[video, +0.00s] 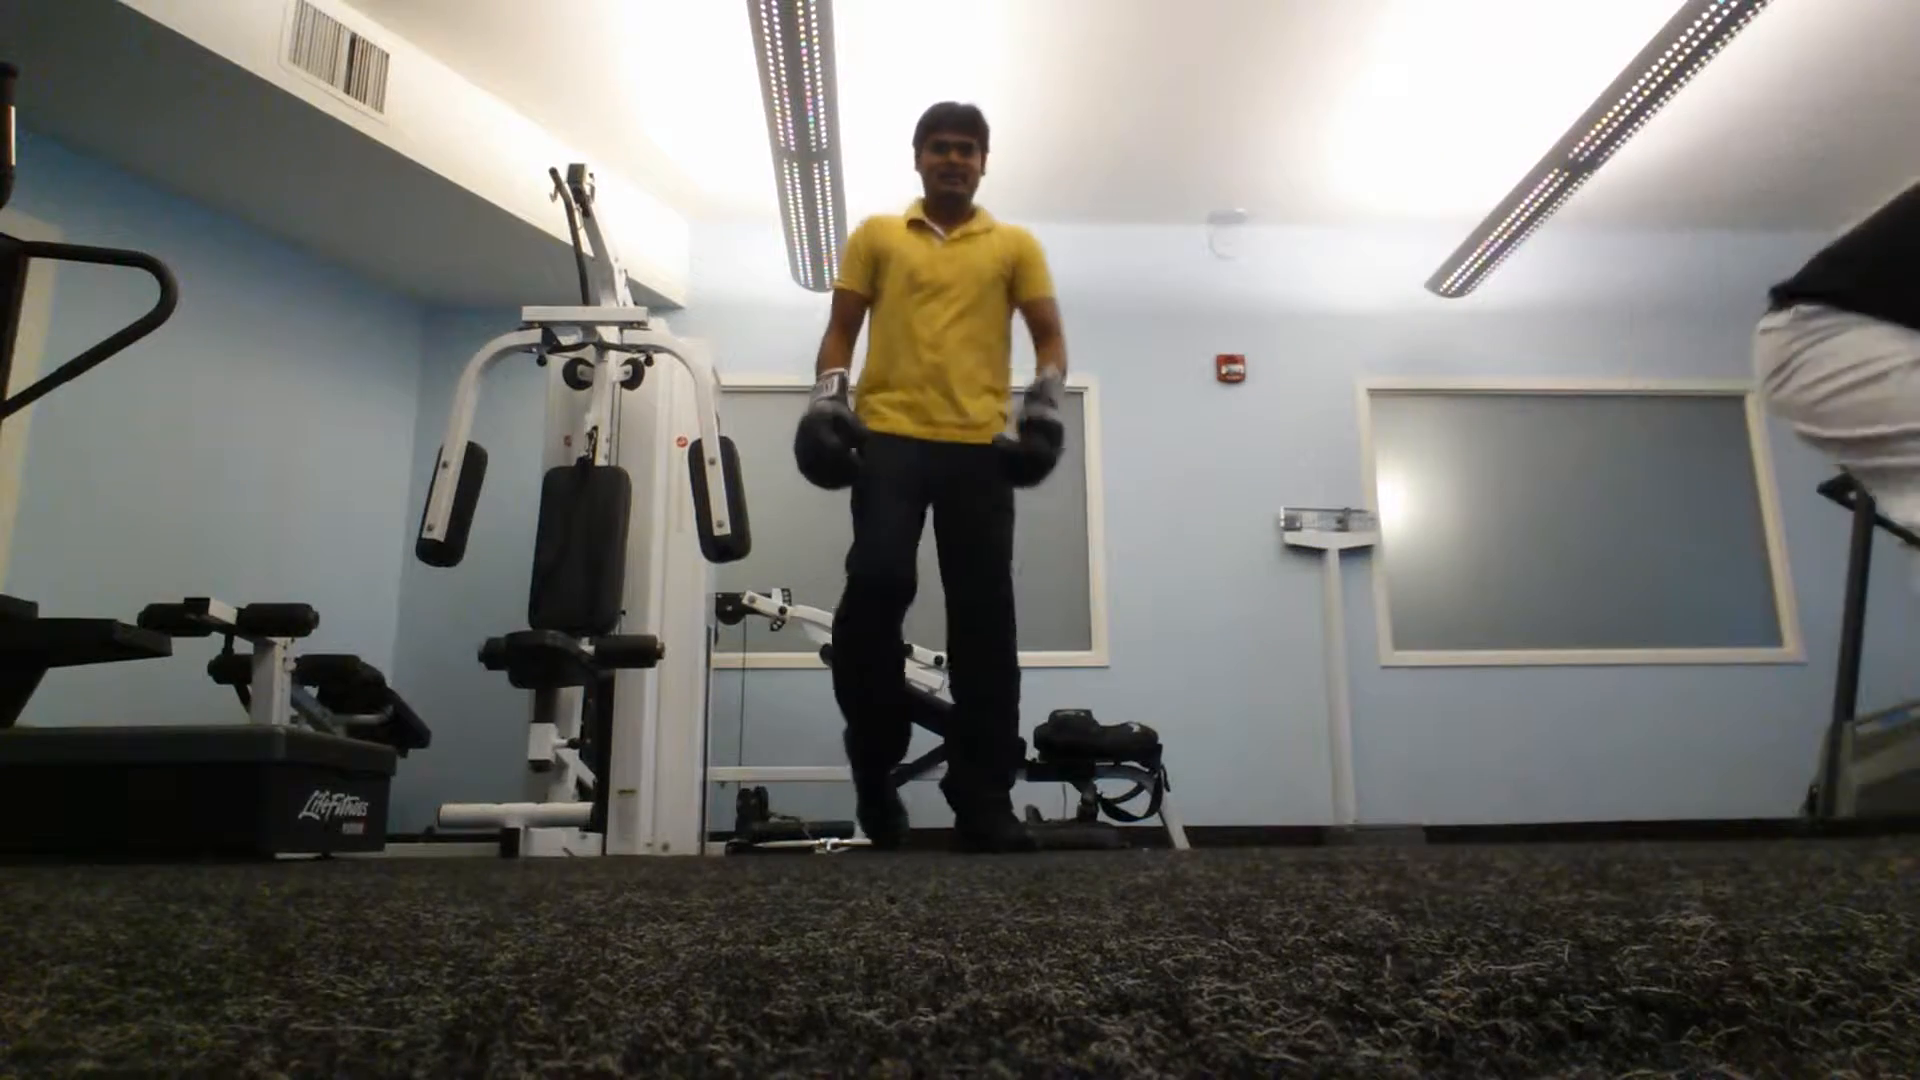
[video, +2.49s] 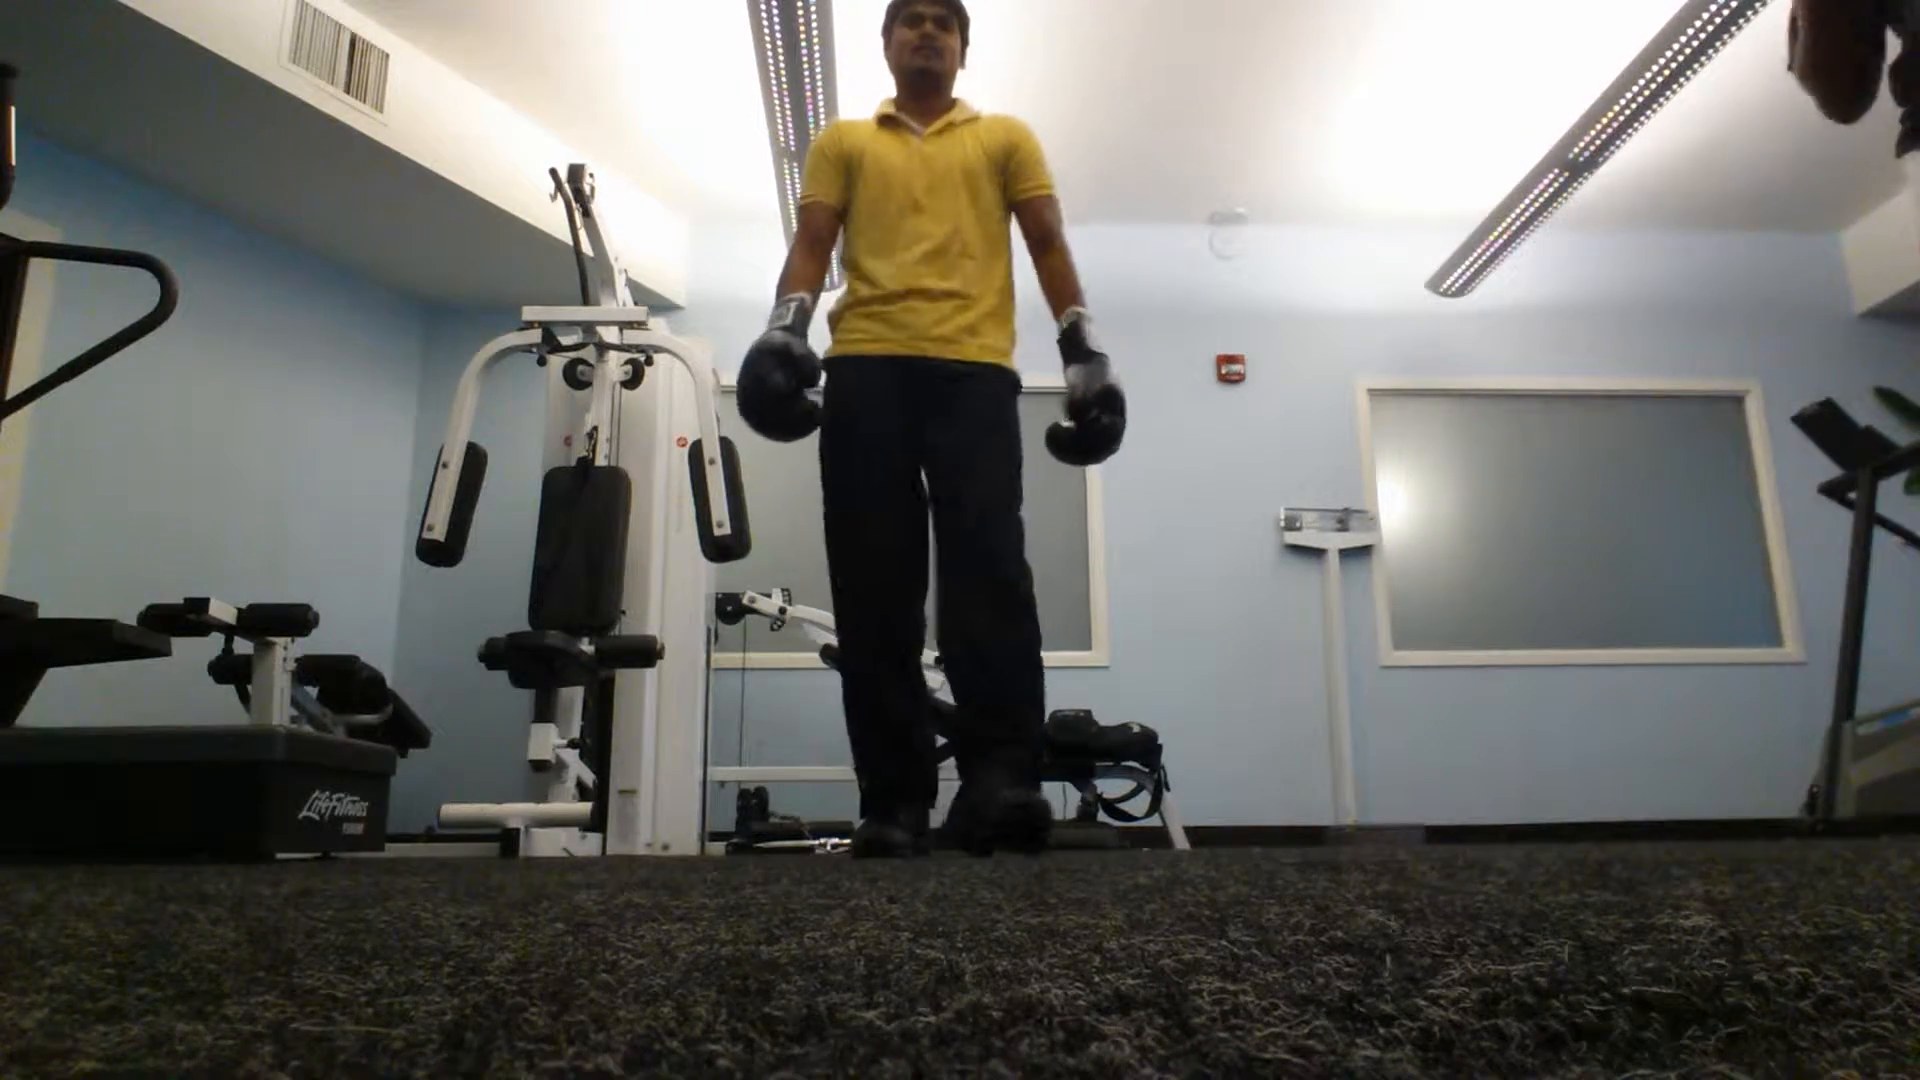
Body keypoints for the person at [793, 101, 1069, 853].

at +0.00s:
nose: (954, 161)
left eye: (966, 151)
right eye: (941, 150)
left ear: (985, 163)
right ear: (917, 159)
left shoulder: (1014, 247)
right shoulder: (878, 238)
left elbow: (1049, 339)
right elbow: (841, 328)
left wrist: (1044, 404)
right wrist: (827, 396)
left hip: (979, 446)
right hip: (889, 441)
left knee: (984, 615)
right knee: (876, 591)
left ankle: (984, 799)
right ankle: (875, 778)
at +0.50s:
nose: (900, 95)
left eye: (914, 82)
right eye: (884, 83)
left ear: (937, 91)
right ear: (865, 95)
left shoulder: (982, 174)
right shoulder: (837, 192)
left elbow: (1035, 267)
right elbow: (815, 306)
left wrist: (1041, 360)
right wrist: (784, 411)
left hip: (973, 413)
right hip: (870, 415)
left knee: (988, 609)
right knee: (862, 608)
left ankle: (991, 800)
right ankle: (864, 805)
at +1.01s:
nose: (899, 15)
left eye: (914, 3)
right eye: (882, 4)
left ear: (935, 18)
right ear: (857, 20)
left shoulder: (983, 123)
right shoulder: (821, 118)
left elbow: (1030, 237)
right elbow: (783, 223)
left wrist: (1066, 342)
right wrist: (764, 299)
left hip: (957, 369)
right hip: (846, 371)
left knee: (969, 572)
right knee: (854, 593)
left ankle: (993, 790)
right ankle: (864, 807)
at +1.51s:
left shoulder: (1055, 72)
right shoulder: (884, 56)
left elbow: (1090, 183)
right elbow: (829, 181)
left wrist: (1104, 256)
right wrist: (786, 281)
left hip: (1002, 294)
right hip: (894, 265)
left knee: (998, 552)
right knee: (922, 371)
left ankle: (979, 797)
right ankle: (885, 630)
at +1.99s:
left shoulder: (1055, 89)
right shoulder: (881, 67)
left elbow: (1085, 220)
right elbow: (829, 192)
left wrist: (1111, 341)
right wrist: (800, 299)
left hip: (999, 322)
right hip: (892, 298)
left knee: (1009, 540)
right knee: (961, 246)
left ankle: (981, 782)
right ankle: (917, 484)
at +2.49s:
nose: (924, 37)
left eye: (940, 26)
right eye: (908, 25)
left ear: (962, 47)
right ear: (885, 45)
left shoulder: (1003, 139)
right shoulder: (845, 142)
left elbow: (1048, 245)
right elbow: (812, 243)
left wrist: (1083, 352)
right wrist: (783, 330)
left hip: (974, 372)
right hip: (866, 370)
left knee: (987, 572)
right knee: (873, 585)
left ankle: (1001, 790)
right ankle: (892, 804)